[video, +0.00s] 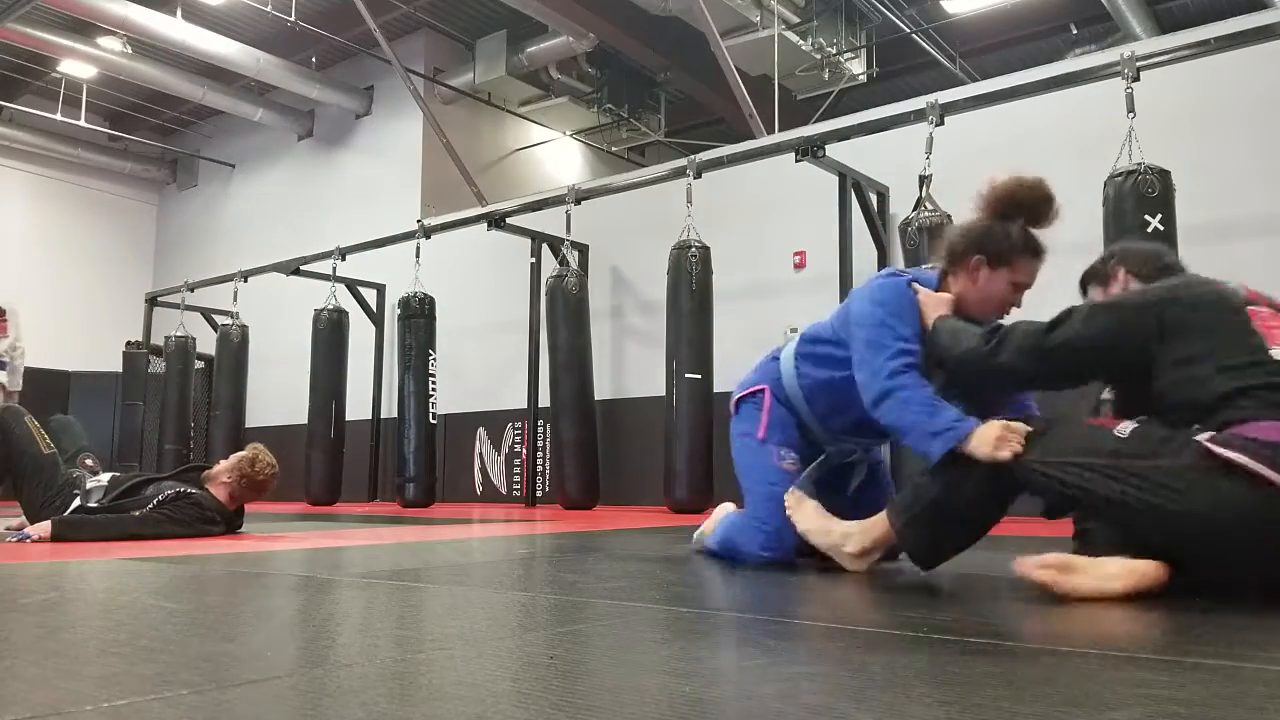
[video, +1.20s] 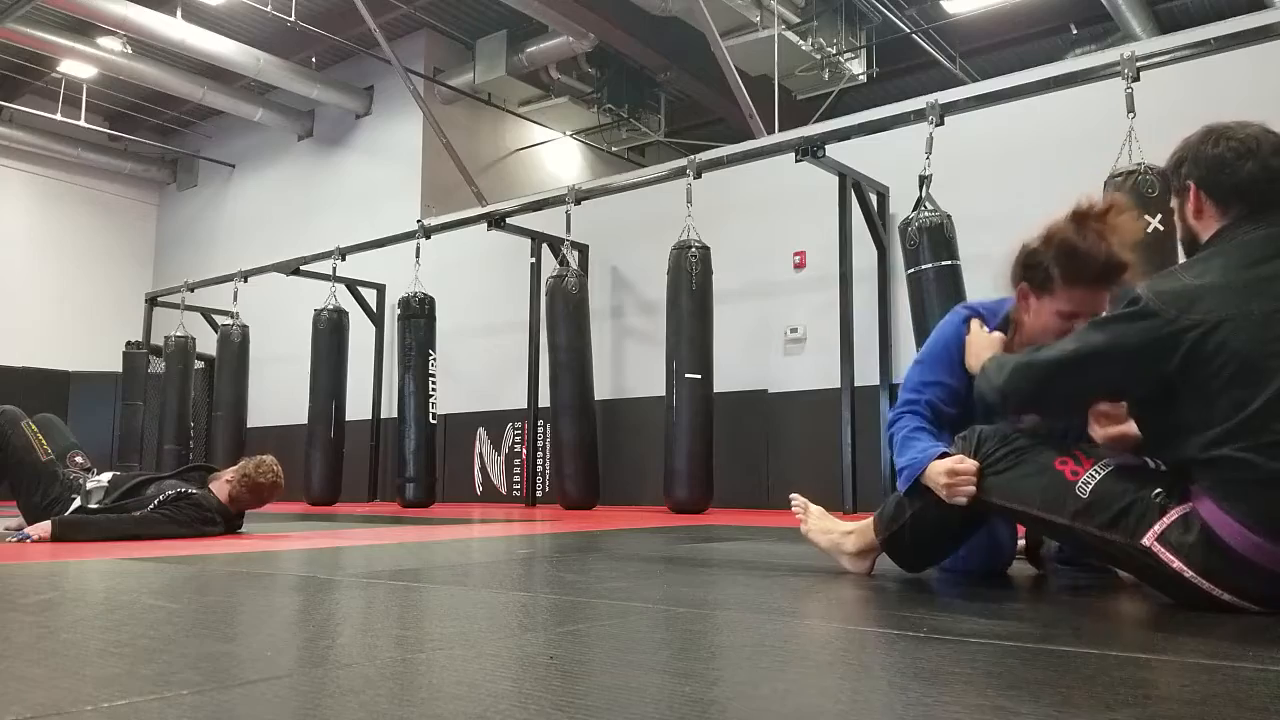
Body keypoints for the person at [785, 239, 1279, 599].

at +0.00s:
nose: (1095, 314)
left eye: (1098, 302)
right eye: (1094, 305)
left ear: (1123, 280)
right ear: (1160, 276)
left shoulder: (1148, 310)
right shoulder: (1221, 311)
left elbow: (1015, 354)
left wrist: (940, 320)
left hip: (1241, 496)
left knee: (1025, 438)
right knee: (1102, 448)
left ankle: (866, 536)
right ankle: (1115, 555)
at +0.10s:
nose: (1129, 282)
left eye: (1131, 268)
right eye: (1128, 270)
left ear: (1160, 251)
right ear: (1216, 247)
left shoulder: (1188, 283)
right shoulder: (1257, 289)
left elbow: (1045, 347)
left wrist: (952, 321)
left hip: (1234, 494)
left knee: (1021, 430)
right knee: (1137, 438)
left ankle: (876, 537)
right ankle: (1117, 549)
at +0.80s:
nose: (1159, 222)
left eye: (1163, 208)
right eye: (1158, 211)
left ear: (1189, 201)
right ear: (1264, 194)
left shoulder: (1178, 288)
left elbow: (1027, 348)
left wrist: (989, 293)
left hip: (1208, 542)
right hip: (1269, 556)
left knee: (1002, 430)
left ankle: (865, 537)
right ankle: (1110, 564)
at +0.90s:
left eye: (1163, 203)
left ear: (1190, 197)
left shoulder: (1176, 286)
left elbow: (1029, 335)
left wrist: (992, 284)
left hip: (1214, 546)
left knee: (1006, 430)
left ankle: (865, 534)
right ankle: (1104, 561)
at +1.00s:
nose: (1160, 222)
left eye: (1165, 207)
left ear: (1189, 204)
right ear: (1268, 195)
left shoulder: (1176, 290)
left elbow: (1025, 342)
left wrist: (989, 293)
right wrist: (1119, 434)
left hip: (1208, 553)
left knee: (1003, 433)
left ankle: (864, 534)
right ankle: (1099, 563)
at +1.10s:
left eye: (1166, 207)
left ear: (1189, 205)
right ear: (1271, 194)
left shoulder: (1175, 294)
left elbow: (1011, 363)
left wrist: (985, 328)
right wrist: (1121, 438)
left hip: (1218, 556)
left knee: (983, 442)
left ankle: (860, 538)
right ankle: (1073, 551)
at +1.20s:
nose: (1081, 334)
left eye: (1093, 319)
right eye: (1068, 318)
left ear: (1107, 308)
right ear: (1026, 299)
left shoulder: (1102, 351)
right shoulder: (966, 328)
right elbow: (911, 414)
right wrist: (928, 465)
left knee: (1089, 555)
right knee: (982, 554)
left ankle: (1050, 548)